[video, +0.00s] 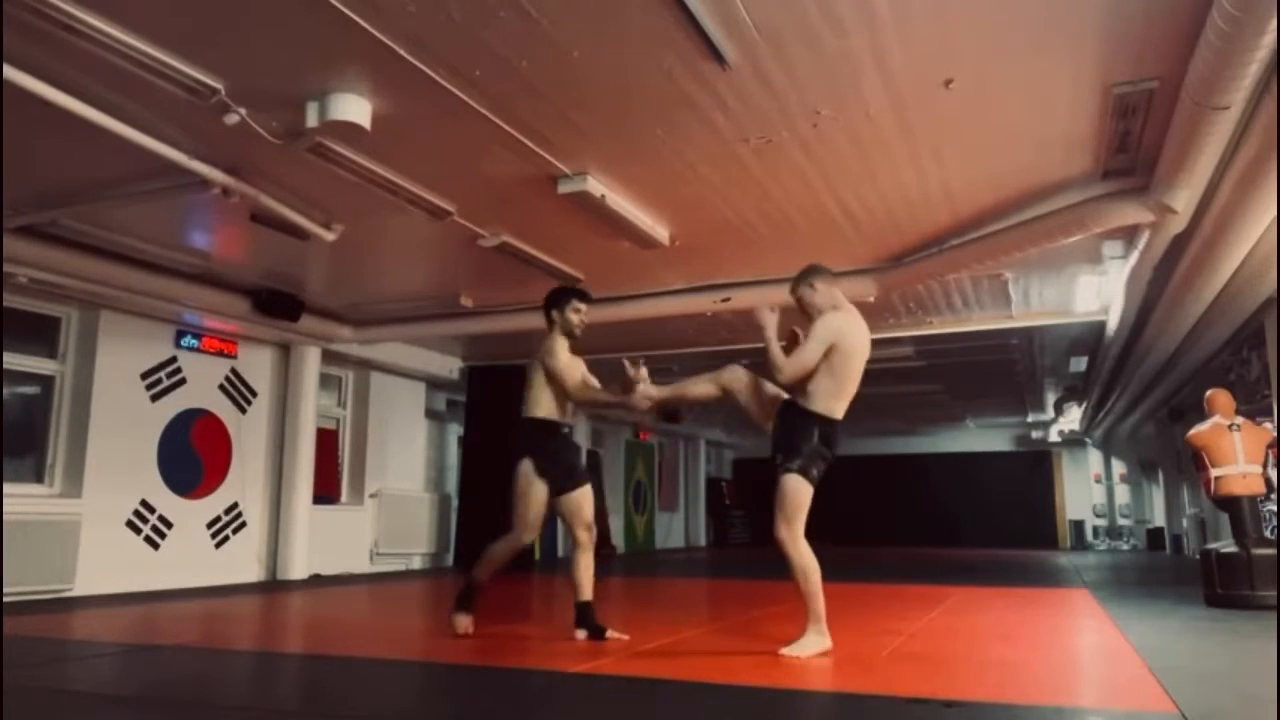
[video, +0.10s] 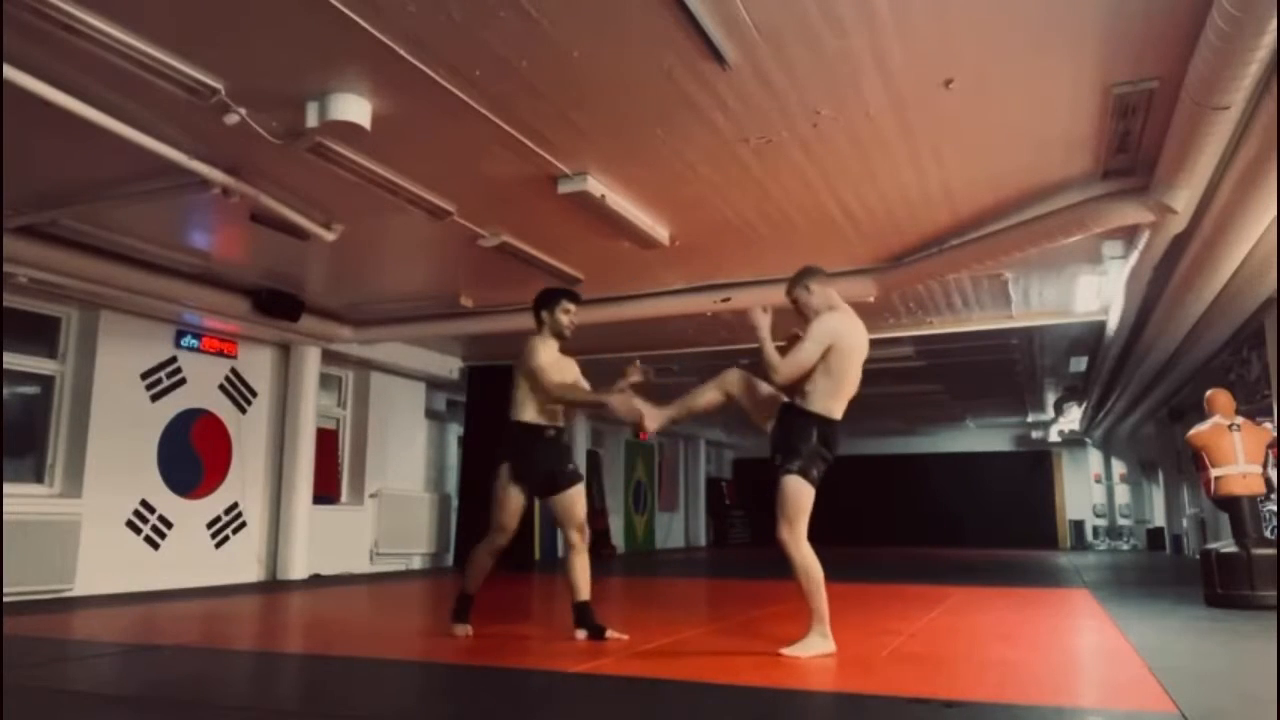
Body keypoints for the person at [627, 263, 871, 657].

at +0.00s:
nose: (803, 309)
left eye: (803, 300)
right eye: (801, 303)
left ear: (820, 287)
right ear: (826, 288)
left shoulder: (834, 322)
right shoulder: (851, 324)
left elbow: (785, 372)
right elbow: (820, 380)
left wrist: (769, 331)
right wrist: (800, 348)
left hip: (810, 430)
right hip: (793, 416)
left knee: (789, 532)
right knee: (733, 376)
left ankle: (818, 632)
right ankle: (652, 394)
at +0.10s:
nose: (800, 313)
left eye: (799, 304)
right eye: (798, 306)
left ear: (814, 289)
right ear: (821, 289)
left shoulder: (831, 323)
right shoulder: (851, 326)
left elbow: (780, 374)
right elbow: (802, 380)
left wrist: (763, 332)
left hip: (807, 431)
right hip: (793, 419)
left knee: (792, 535)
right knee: (732, 379)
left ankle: (821, 634)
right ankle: (659, 416)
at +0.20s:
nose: (799, 319)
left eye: (797, 310)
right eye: (795, 313)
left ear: (812, 293)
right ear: (819, 292)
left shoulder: (833, 327)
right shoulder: (850, 330)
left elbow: (782, 377)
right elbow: (839, 398)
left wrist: (766, 332)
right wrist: (786, 415)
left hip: (809, 434)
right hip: (798, 426)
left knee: (789, 538)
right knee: (730, 396)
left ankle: (820, 635)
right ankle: (669, 452)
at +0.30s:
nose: (797, 314)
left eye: (795, 305)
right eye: (793, 308)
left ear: (810, 289)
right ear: (816, 290)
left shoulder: (831, 325)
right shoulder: (846, 327)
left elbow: (787, 379)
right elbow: (811, 383)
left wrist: (765, 332)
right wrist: (788, 358)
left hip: (810, 433)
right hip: (799, 424)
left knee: (792, 537)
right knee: (732, 417)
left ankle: (820, 635)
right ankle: (699, 496)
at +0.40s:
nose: (793, 305)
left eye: (791, 296)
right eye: (789, 298)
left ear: (806, 283)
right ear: (816, 280)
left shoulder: (824, 317)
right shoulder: (846, 319)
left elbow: (803, 378)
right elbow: (827, 370)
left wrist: (765, 356)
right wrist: (791, 352)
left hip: (812, 432)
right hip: (817, 430)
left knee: (804, 534)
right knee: (742, 456)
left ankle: (821, 635)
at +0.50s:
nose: (789, 302)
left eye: (789, 293)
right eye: (786, 295)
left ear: (805, 281)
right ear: (813, 281)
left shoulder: (820, 316)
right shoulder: (842, 317)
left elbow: (811, 377)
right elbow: (818, 371)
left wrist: (767, 387)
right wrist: (781, 362)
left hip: (809, 428)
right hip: (820, 426)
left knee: (811, 533)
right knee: (772, 504)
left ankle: (823, 634)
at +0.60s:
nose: (783, 310)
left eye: (782, 301)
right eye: (780, 303)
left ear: (799, 288)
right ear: (807, 285)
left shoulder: (813, 322)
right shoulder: (841, 321)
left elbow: (816, 388)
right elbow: (834, 387)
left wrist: (782, 418)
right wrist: (786, 405)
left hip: (811, 428)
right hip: (831, 427)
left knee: (803, 534)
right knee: (822, 535)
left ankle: (821, 633)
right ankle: (848, 625)